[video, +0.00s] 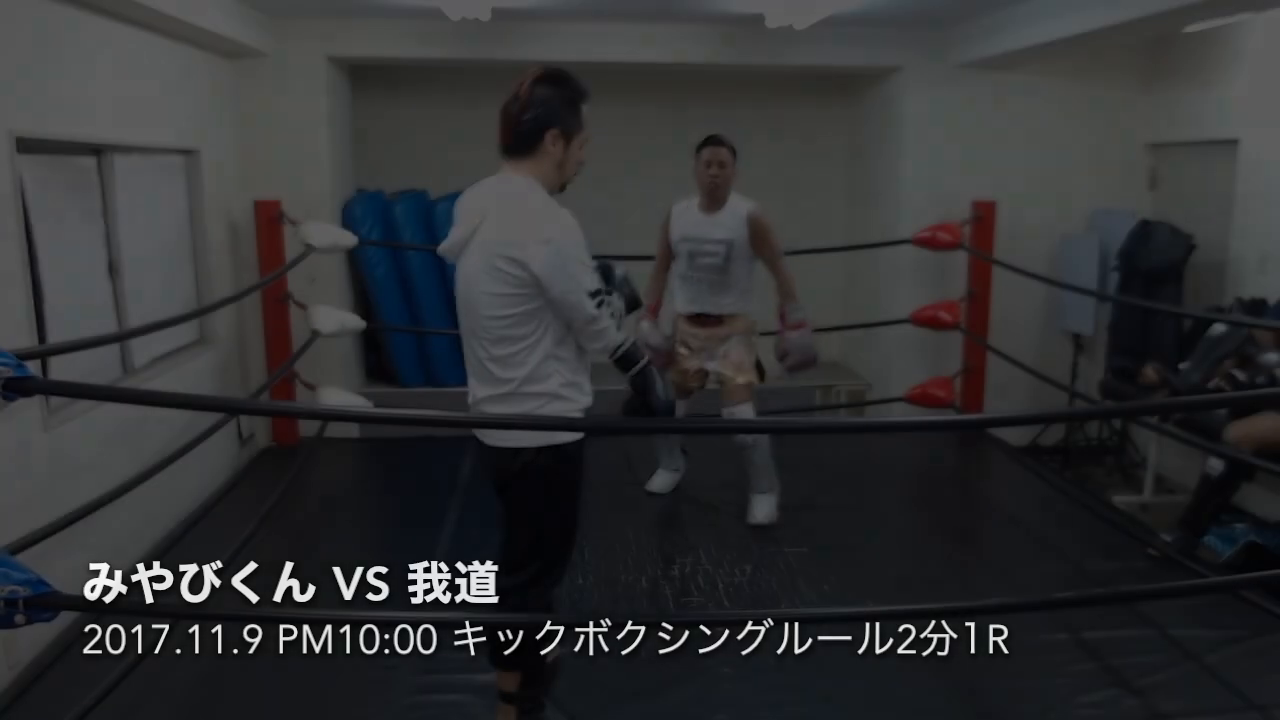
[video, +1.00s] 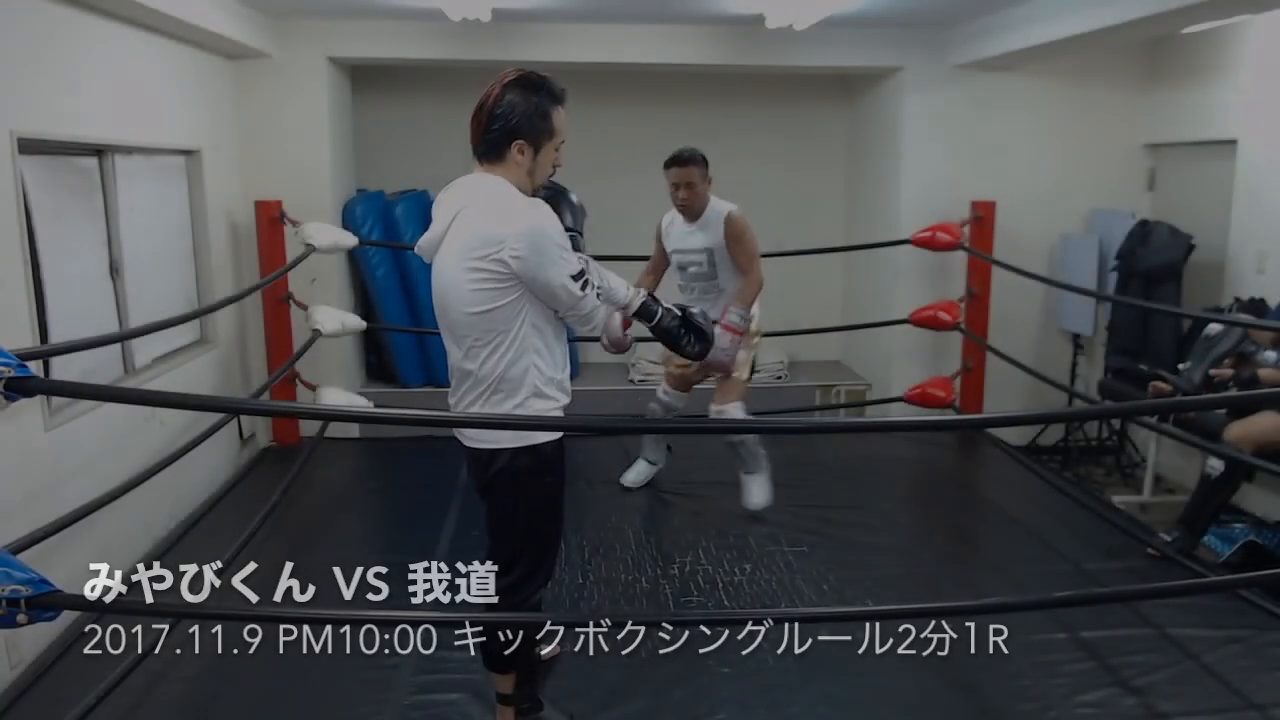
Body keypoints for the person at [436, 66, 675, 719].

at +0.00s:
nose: (584, 155)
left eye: (584, 142)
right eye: (581, 142)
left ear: (524, 135)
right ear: (556, 141)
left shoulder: (478, 202)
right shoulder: (546, 222)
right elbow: (593, 319)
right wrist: (643, 372)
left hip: (496, 415)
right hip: (543, 426)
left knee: (524, 555)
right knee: (541, 564)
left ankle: (516, 674)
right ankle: (518, 697)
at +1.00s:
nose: (560, 160)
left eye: (562, 147)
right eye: (556, 146)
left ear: (497, 141)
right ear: (524, 146)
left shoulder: (463, 199)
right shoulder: (525, 220)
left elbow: (572, 265)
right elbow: (585, 312)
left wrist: (650, 311)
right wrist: (616, 332)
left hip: (484, 418)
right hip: (520, 427)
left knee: (517, 557)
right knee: (519, 575)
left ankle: (521, 656)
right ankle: (512, 706)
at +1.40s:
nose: (543, 159)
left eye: (545, 147)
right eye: (539, 146)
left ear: (485, 142)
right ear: (507, 145)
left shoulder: (448, 195)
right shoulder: (508, 217)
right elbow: (550, 320)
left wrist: (638, 311)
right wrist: (570, 269)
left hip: (463, 405)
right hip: (502, 414)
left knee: (494, 540)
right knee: (514, 560)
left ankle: (487, 657)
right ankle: (514, 701)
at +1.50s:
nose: (541, 162)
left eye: (544, 149)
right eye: (537, 148)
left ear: (485, 142)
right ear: (505, 144)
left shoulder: (445, 195)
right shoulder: (502, 213)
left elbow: (423, 248)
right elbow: (550, 311)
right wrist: (565, 264)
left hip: (453, 405)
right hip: (492, 412)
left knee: (487, 537)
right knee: (512, 555)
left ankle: (487, 654)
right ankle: (512, 703)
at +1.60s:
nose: (539, 166)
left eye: (541, 153)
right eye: (536, 151)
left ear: (486, 144)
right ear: (505, 145)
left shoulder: (451, 194)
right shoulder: (492, 210)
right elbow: (546, 307)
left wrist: (627, 321)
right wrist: (545, 256)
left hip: (448, 408)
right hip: (479, 414)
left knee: (482, 535)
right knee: (505, 554)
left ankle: (489, 650)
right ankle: (512, 697)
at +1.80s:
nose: (529, 166)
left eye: (531, 154)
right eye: (526, 152)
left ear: (480, 143)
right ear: (494, 143)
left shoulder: (442, 193)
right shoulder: (479, 202)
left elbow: (535, 271)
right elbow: (533, 291)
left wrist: (611, 323)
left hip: (440, 406)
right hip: (463, 410)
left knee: (480, 532)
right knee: (479, 545)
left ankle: (489, 647)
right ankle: (457, 682)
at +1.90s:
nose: (518, 161)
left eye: (520, 149)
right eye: (515, 148)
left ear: (464, 142)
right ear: (483, 143)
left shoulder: (430, 195)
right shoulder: (470, 200)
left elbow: (485, 281)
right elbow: (530, 283)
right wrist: (609, 328)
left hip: (437, 403)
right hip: (458, 407)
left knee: (479, 529)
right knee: (469, 542)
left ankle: (484, 648)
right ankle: (417, 685)